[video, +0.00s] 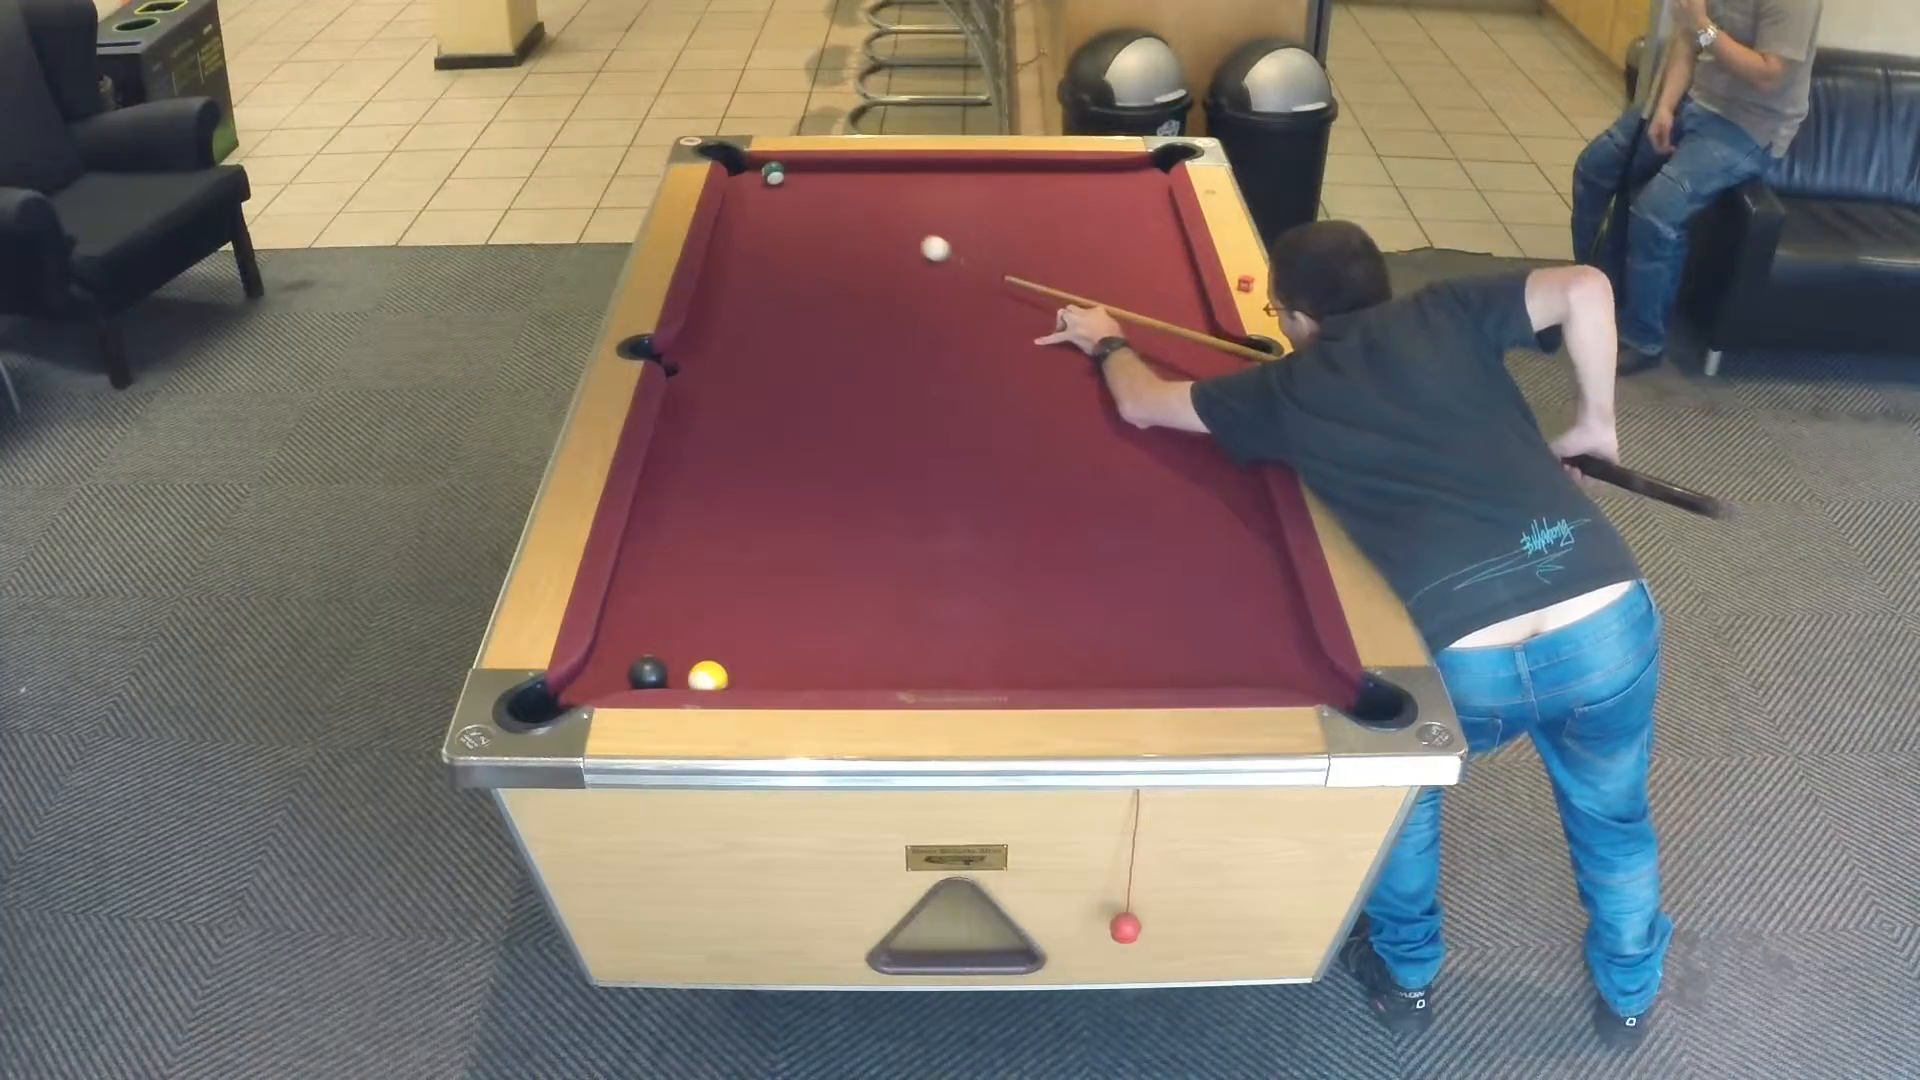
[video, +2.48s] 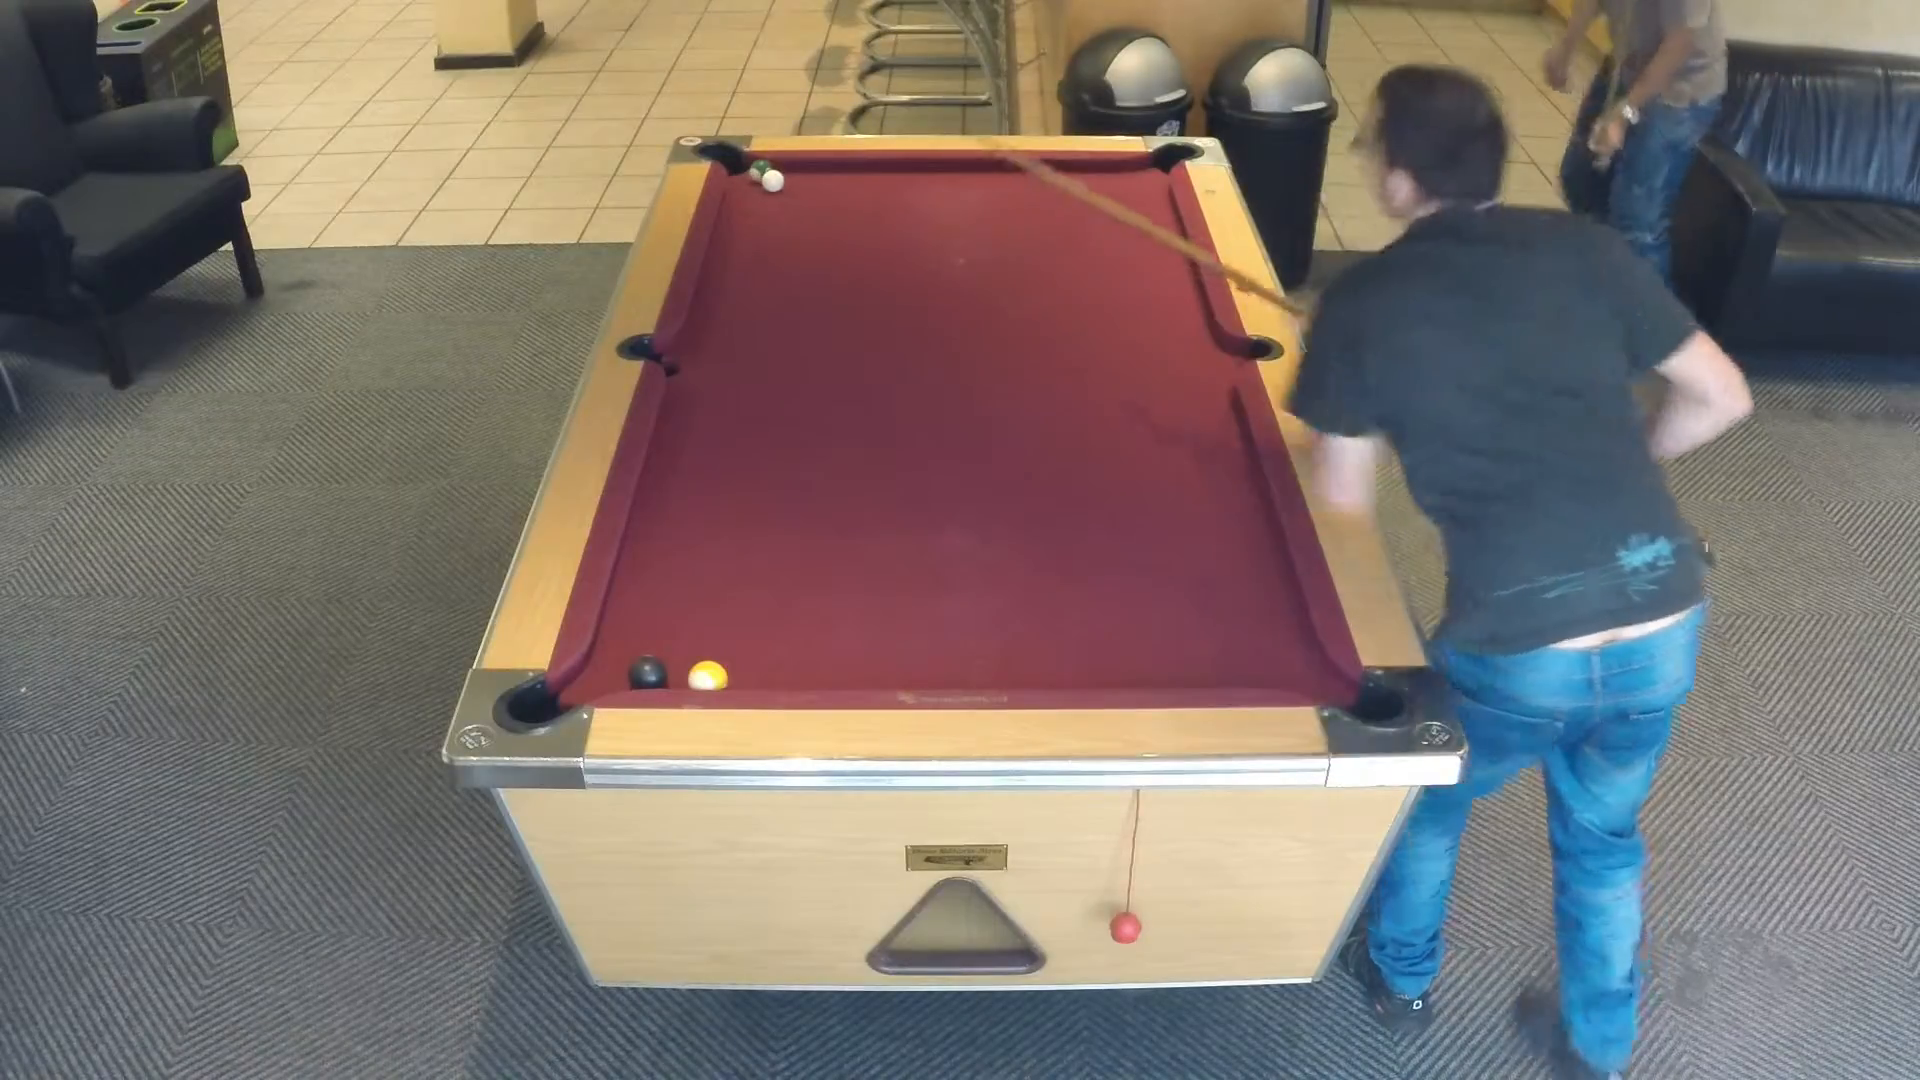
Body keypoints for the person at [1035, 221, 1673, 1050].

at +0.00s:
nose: (1279, 321)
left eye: (1281, 308)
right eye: (1279, 308)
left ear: (1298, 318)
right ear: (1386, 290)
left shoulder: (1286, 388)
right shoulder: (1451, 312)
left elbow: (1144, 401)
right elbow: (1584, 286)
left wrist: (1105, 342)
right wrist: (1597, 419)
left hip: (1469, 660)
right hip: (1607, 622)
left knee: (1394, 763)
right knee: (1615, 818)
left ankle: (1408, 965)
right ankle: (1631, 988)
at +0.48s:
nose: (1281, 318)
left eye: (1283, 306)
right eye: (1280, 306)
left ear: (1298, 318)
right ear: (1386, 290)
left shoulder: (1289, 388)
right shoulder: (1451, 313)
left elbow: (1143, 400)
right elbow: (1586, 291)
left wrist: (1105, 341)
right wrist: (1599, 420)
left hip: (1467, 659)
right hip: (1606, 621)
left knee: (1395, 766)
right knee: (1615, 820)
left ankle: (1407, 969)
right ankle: (1630, 992)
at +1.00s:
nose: (1279, 315)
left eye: (1281, 303)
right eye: (1279, 303)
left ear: (1297, 317)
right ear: (1385, 290)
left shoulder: (1285, 390)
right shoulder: (1449, 313)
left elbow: (1142, 399)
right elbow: (1589, 296)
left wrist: (1106, 341)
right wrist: (1600, 427)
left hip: (1468, 661)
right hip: (1606, 623)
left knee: (1394, 763)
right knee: (1615, 819)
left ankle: (1407, 967)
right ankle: (1630, 991)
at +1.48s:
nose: (1279, 314)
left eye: (1281, 302)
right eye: (1279, 302)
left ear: (1298, 317)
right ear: (1385, 290)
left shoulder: (1286, 390)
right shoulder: (1450, 313)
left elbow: (1141, 399)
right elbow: (1589, 297)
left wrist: (1105, 341)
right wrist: (1605, 428)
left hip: (1468, 661)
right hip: (1606, 622)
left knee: (1394, 762)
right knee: (1615, 819)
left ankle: (1408, 965)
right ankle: (1630, 990)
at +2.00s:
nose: (1289, 300)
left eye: (1290, 288)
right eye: (1287, 288)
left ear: (1307, 300)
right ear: (1399, 273)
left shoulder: (1292, 377)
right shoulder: (1466, 306)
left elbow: (1161, 392)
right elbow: (1610, 313)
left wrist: (1105, 341)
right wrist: (1606, 441)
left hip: (1479, 663)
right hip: (1617, 625)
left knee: (1406, 762)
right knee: (1621, 824)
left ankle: (1407, 966)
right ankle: (1631, 989)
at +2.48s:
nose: (1370, 167)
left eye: (1376, 154)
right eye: (1374, 150)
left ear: (1398, 176)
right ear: (1494, 163)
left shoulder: (1365, 295)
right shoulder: (1584, 245)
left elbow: (1341, 493)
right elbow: (1719, 394)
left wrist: (1374, 413)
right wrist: (1611, 453)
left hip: (1519, 637)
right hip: (1662, 621)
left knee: (1436, 792)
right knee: (1606, 841)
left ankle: (1403, 973)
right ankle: (1602, 1042)